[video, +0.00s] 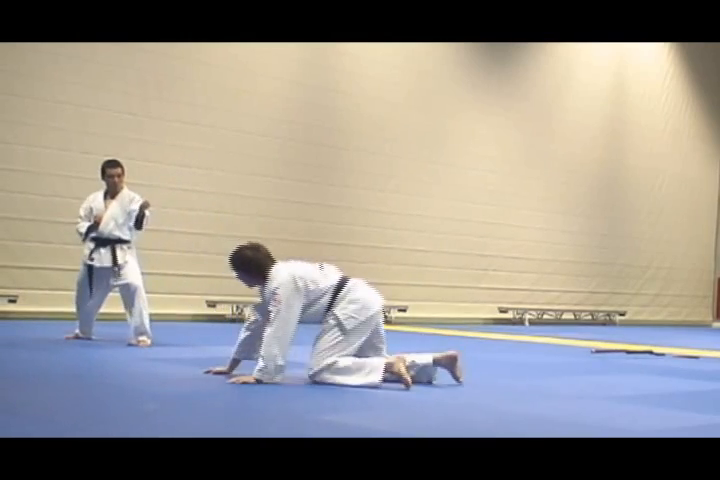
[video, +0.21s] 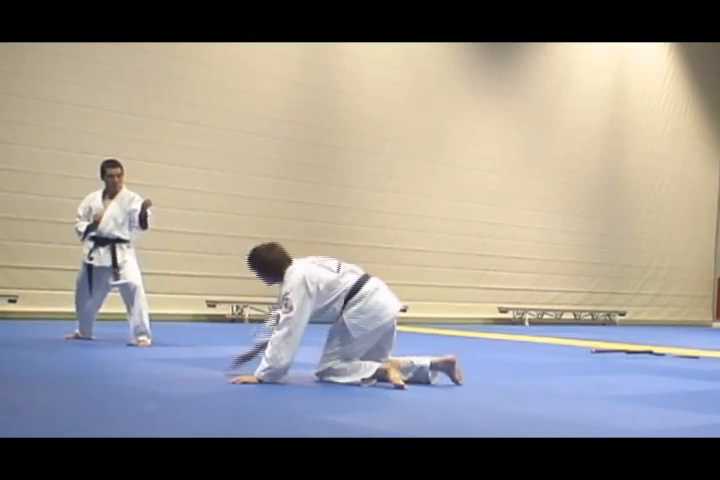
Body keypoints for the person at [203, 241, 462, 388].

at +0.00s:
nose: (239, 280)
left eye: (239, 275)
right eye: (238, 275)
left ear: (250, 273)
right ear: (262, 262)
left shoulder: (283, 281)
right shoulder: (277, 279)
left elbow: (279, 331)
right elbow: (256, 324)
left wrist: (263, 374)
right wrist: (234, 362)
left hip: (353, 301)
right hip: (364, 298)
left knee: (321, 369)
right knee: (374, 367)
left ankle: (386, 367)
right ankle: (439, 363)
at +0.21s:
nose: (261, 280)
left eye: (259, 274)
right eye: (258, 275)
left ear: (268, 271)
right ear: (282, 258)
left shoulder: (297, 278)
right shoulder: (302, 270)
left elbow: (288, 331)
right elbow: (283, 320)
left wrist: (264, 375)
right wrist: (259, 347)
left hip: (366, 308)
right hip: (383, 302)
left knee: (329, 369)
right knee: (375, 368)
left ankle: (380, 370)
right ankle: (438, 366)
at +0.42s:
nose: (264, 254)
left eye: (263, 249)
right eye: (263, 248)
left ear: (272, 250)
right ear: (289, 236)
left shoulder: (290, 272)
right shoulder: (320, 244)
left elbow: (279, 324)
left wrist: (257, 366)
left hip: (361, 306)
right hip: (383, 296)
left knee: (326, 370)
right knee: (378, 363)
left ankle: (379, 371)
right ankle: (436, 374)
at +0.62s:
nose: (275, 226)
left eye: (275, 221)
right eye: (276, 221)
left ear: (280, 222)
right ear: (304, 212)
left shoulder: (283, 249)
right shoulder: (336, 226)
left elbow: (268, 302)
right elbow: (375, 252)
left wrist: (262, 350)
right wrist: (388, 290)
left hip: (340, 300)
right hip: (371, 283)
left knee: (325, 369)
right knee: (393, 344)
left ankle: (378, 368)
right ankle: (435, 372)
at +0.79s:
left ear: (299, 203)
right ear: (328, 197)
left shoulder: (288, 235)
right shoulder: (347, 214)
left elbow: (284, 287)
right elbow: (378, 247)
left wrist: (293, 327)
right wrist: (389, 279)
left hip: (325, 301)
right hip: (360, 285)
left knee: (319, 368)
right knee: (402, 316)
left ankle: (363, 363)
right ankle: (419, 368)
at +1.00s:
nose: (356, 194)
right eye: (356, 190)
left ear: (325, 193)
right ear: (354, 192)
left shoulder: (308, 221)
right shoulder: (361, 212)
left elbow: (301, 268)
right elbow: (373, 255)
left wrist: (307, 310)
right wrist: (390, 282)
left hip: (318, 298)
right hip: (351, 290)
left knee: (324, 367)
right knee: (417, 307)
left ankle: (304, 356)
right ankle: (408, 372)